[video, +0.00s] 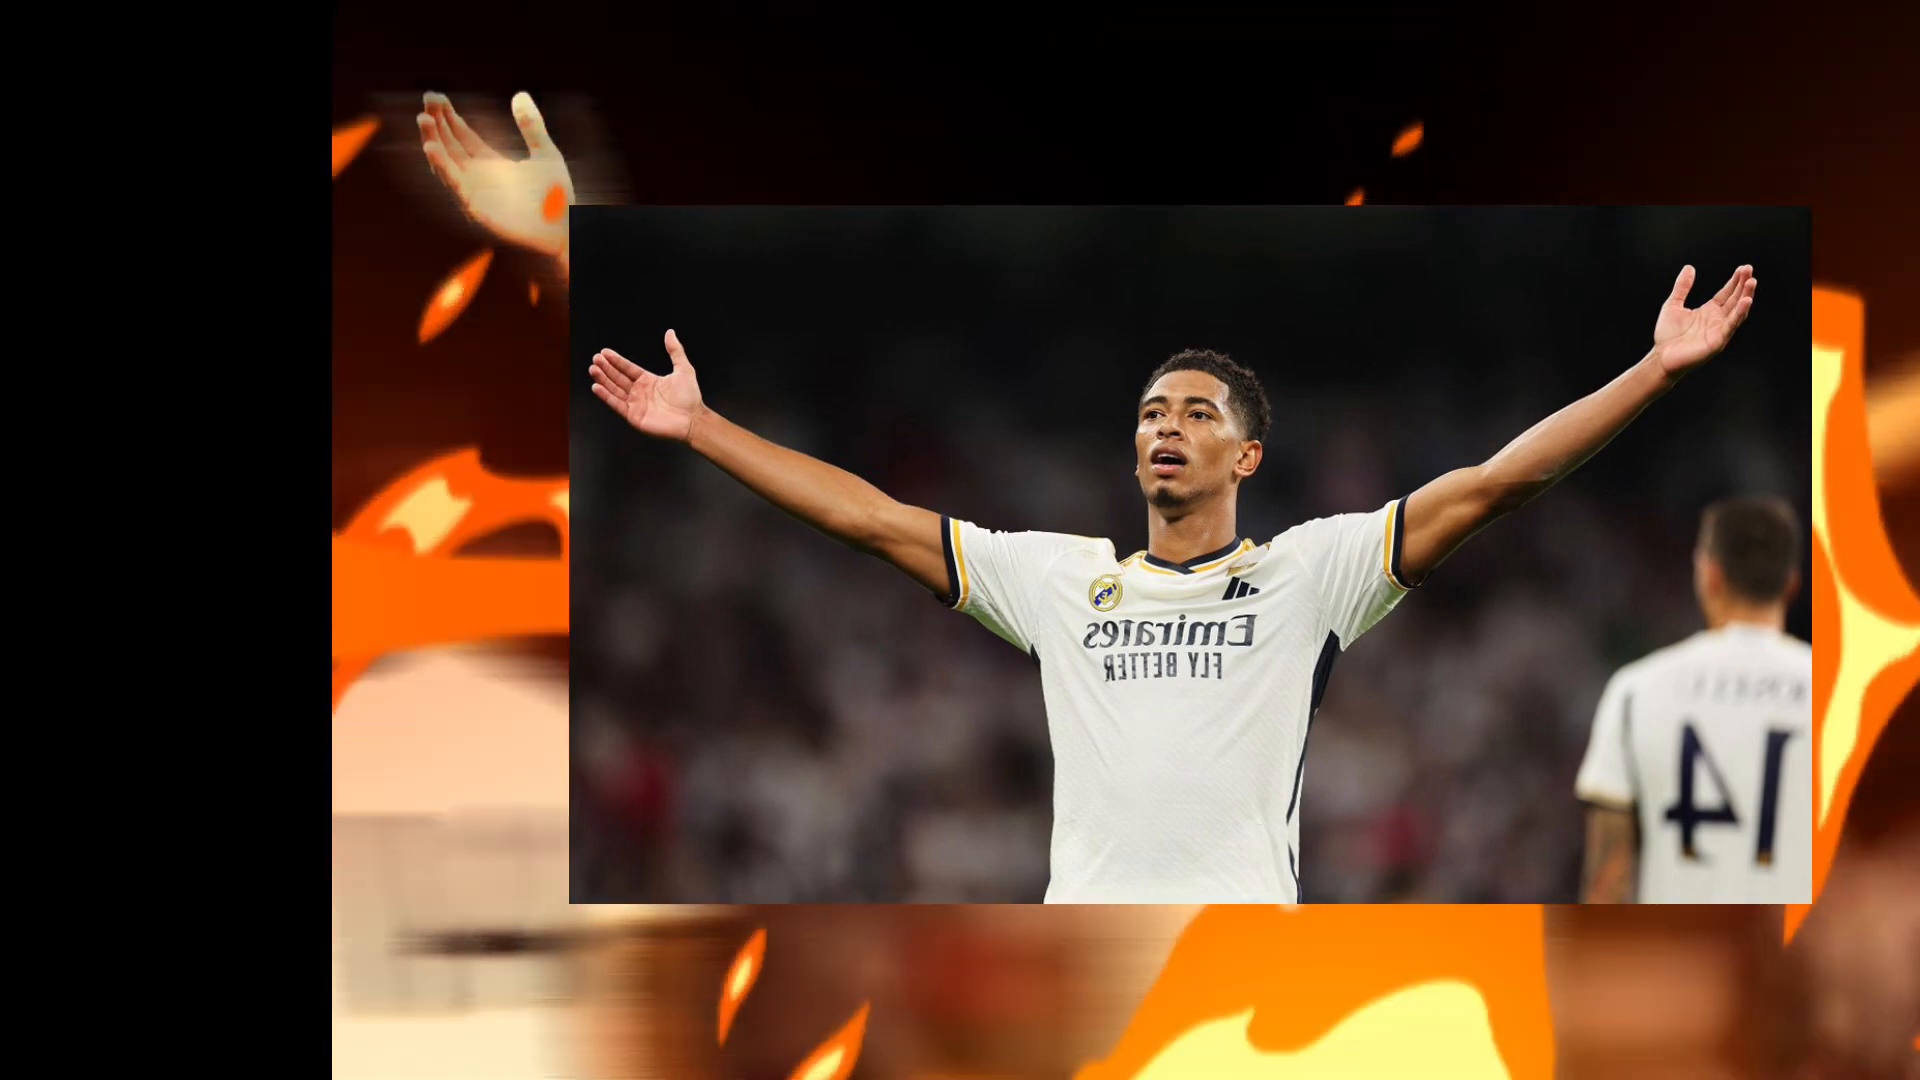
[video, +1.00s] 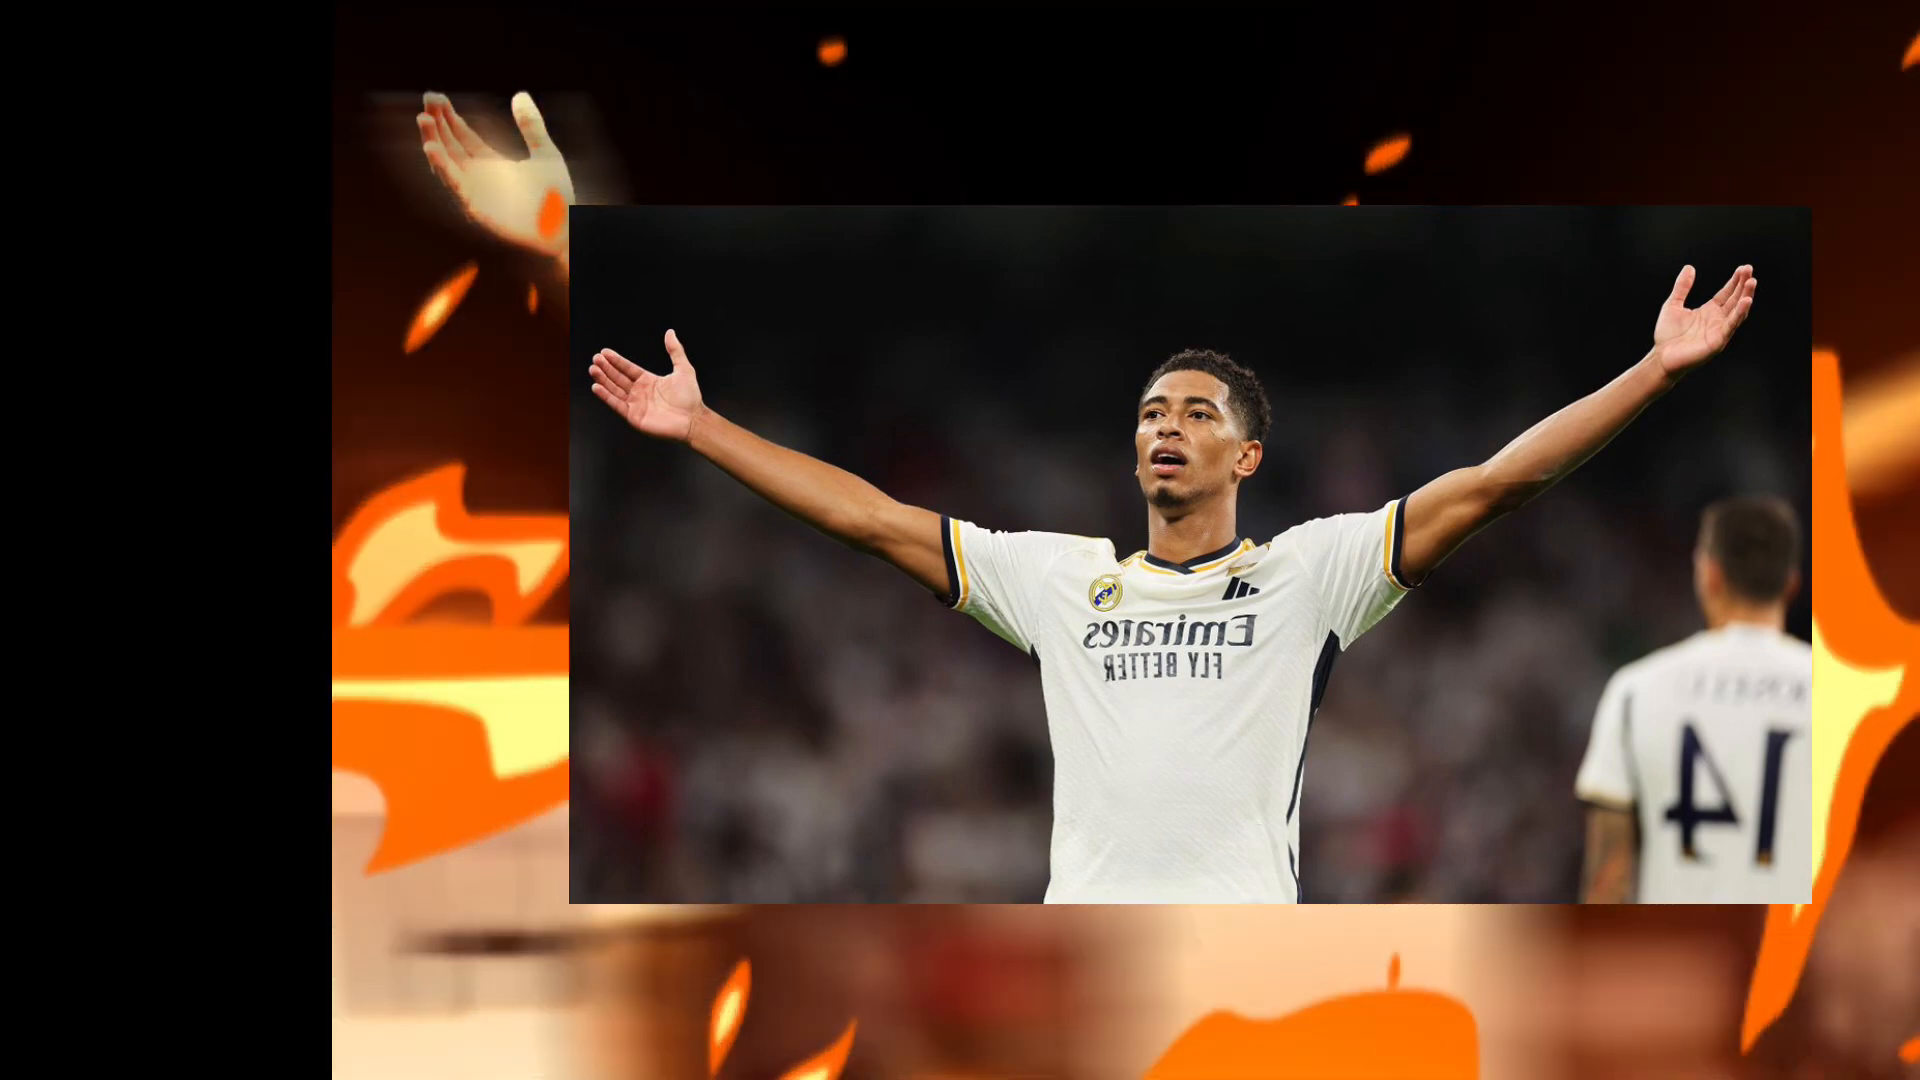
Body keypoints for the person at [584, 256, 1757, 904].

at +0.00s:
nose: (1168, 428)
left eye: (1199, 415)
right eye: (1154, 414)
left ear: (1248, 455)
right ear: (1134, 451)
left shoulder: (1308, 569)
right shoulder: (1058, 579)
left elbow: (1494, 482)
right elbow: (878, 519)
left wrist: (1656, 366)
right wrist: (701, 428)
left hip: (1246, 944)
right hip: (1085, 945)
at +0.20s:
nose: (1167, 430)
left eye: (1198, 415)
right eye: (1153, 414)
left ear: (1248, 455)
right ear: (1134, 451)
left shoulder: (1308, 570)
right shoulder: (1058, 580)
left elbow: (1493, 481)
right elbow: (878, 519)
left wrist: (1656, 367)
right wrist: (700, 427)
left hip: (1252, 944)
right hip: (1092, 945)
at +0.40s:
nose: (1171, 429)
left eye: (1199, 415)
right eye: (1156, 414)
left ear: (1248, 452)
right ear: (1133, 450)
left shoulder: (1309, 570)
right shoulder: (1058, 578)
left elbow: (1493, 482)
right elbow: (878, 519)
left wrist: (1655, 367)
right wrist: (698, 427)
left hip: (1249, 939)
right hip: (1086, 938)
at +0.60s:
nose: (1163, 438)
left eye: (1191, 421)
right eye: (1152, 422)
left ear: (1251, 455)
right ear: (1135, 452)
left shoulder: (1310, 569)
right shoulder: (1066, 576)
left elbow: (1496, 480)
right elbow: (880, 519)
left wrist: (1658, 366)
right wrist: (702, 426)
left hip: (1254, 943)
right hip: (1084, 939)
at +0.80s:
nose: (1162, 438)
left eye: (1190, 421)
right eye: (1151, 421)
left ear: (1251, 456)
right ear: (1134, 452)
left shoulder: (1310, 569)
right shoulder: (1064, 576)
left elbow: (1497, 480)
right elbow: (879, 519)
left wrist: (1658, 367)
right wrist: (703, 427)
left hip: (1253, 940)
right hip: (1084, 937)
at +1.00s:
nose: (1167, 431)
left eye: (1198, 416)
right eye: (1153, 415)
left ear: (1247, 455)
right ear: (1133, 451)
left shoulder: (1309, 569)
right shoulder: (1058, 578)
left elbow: (1489, 484)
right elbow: (880, 519)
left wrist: (1655, 366)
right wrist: (699, 427)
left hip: (1250, 943)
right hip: (1087, 940)